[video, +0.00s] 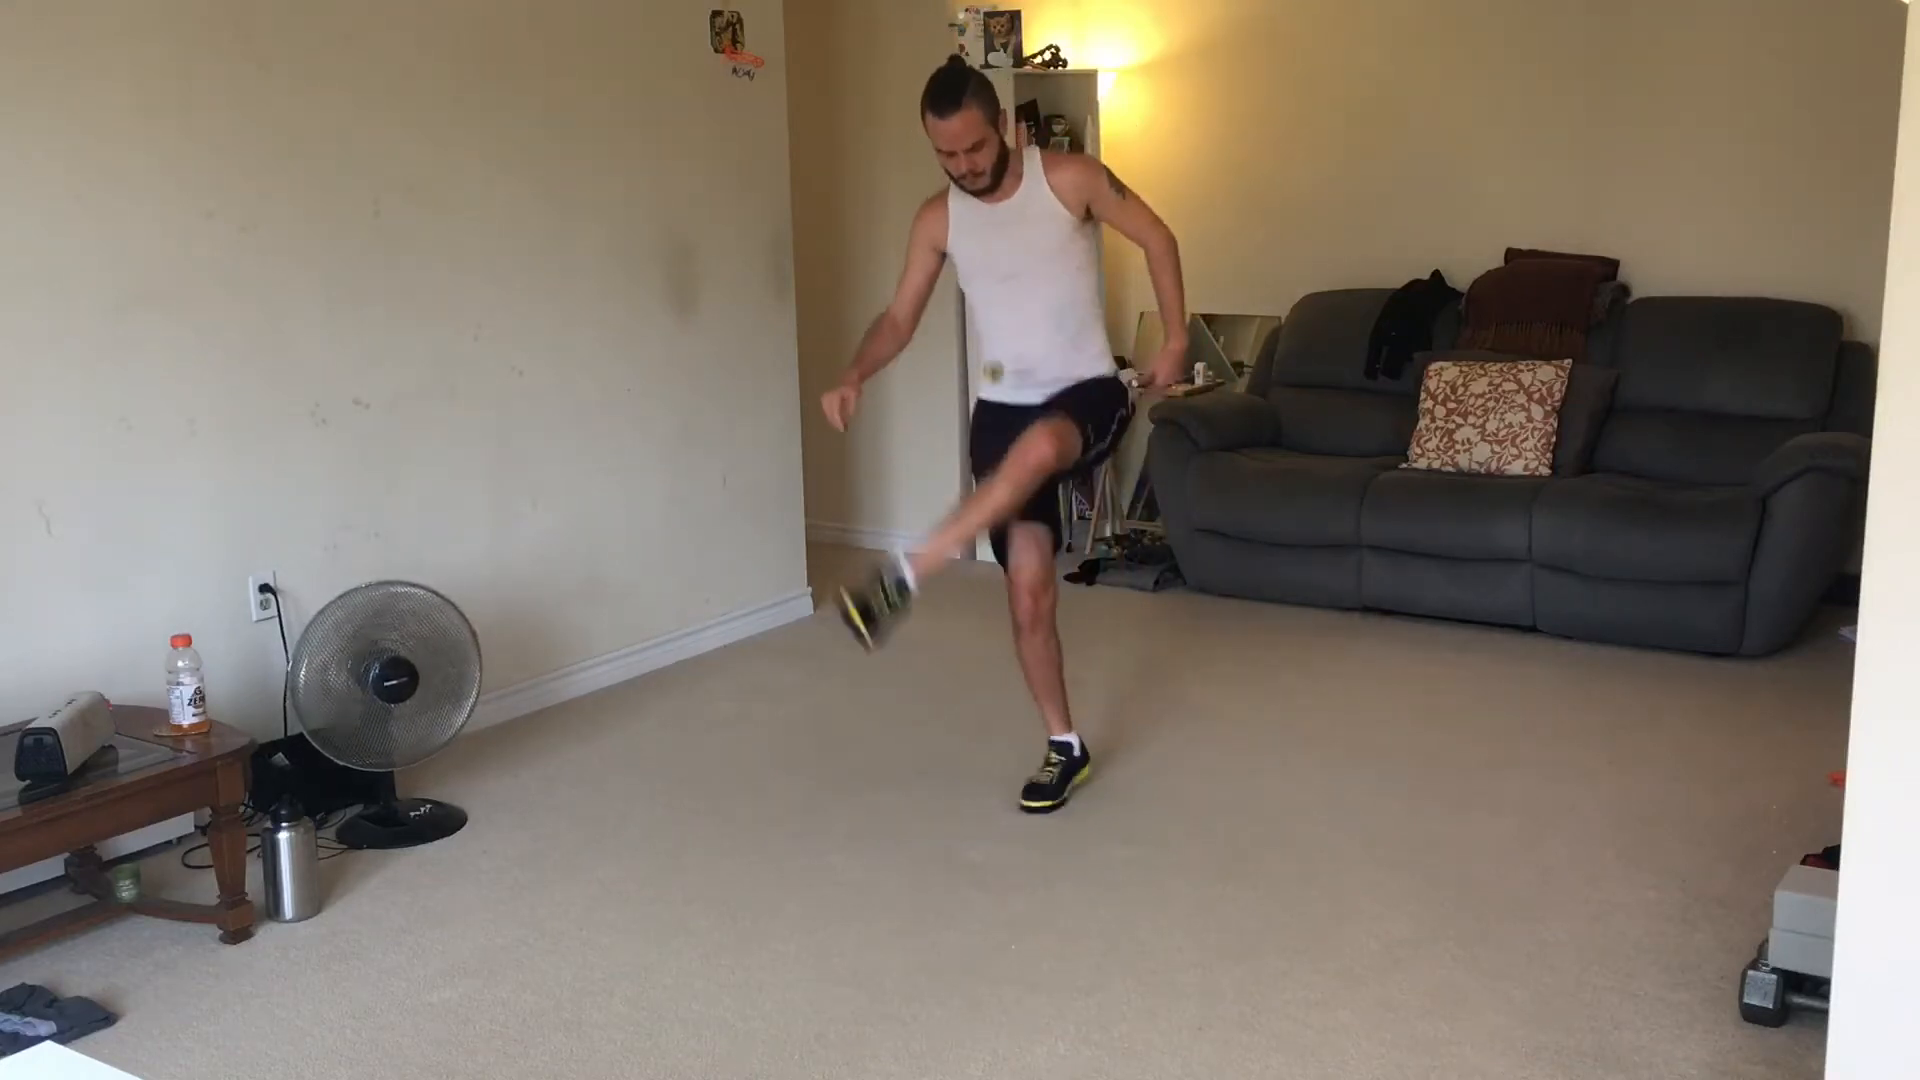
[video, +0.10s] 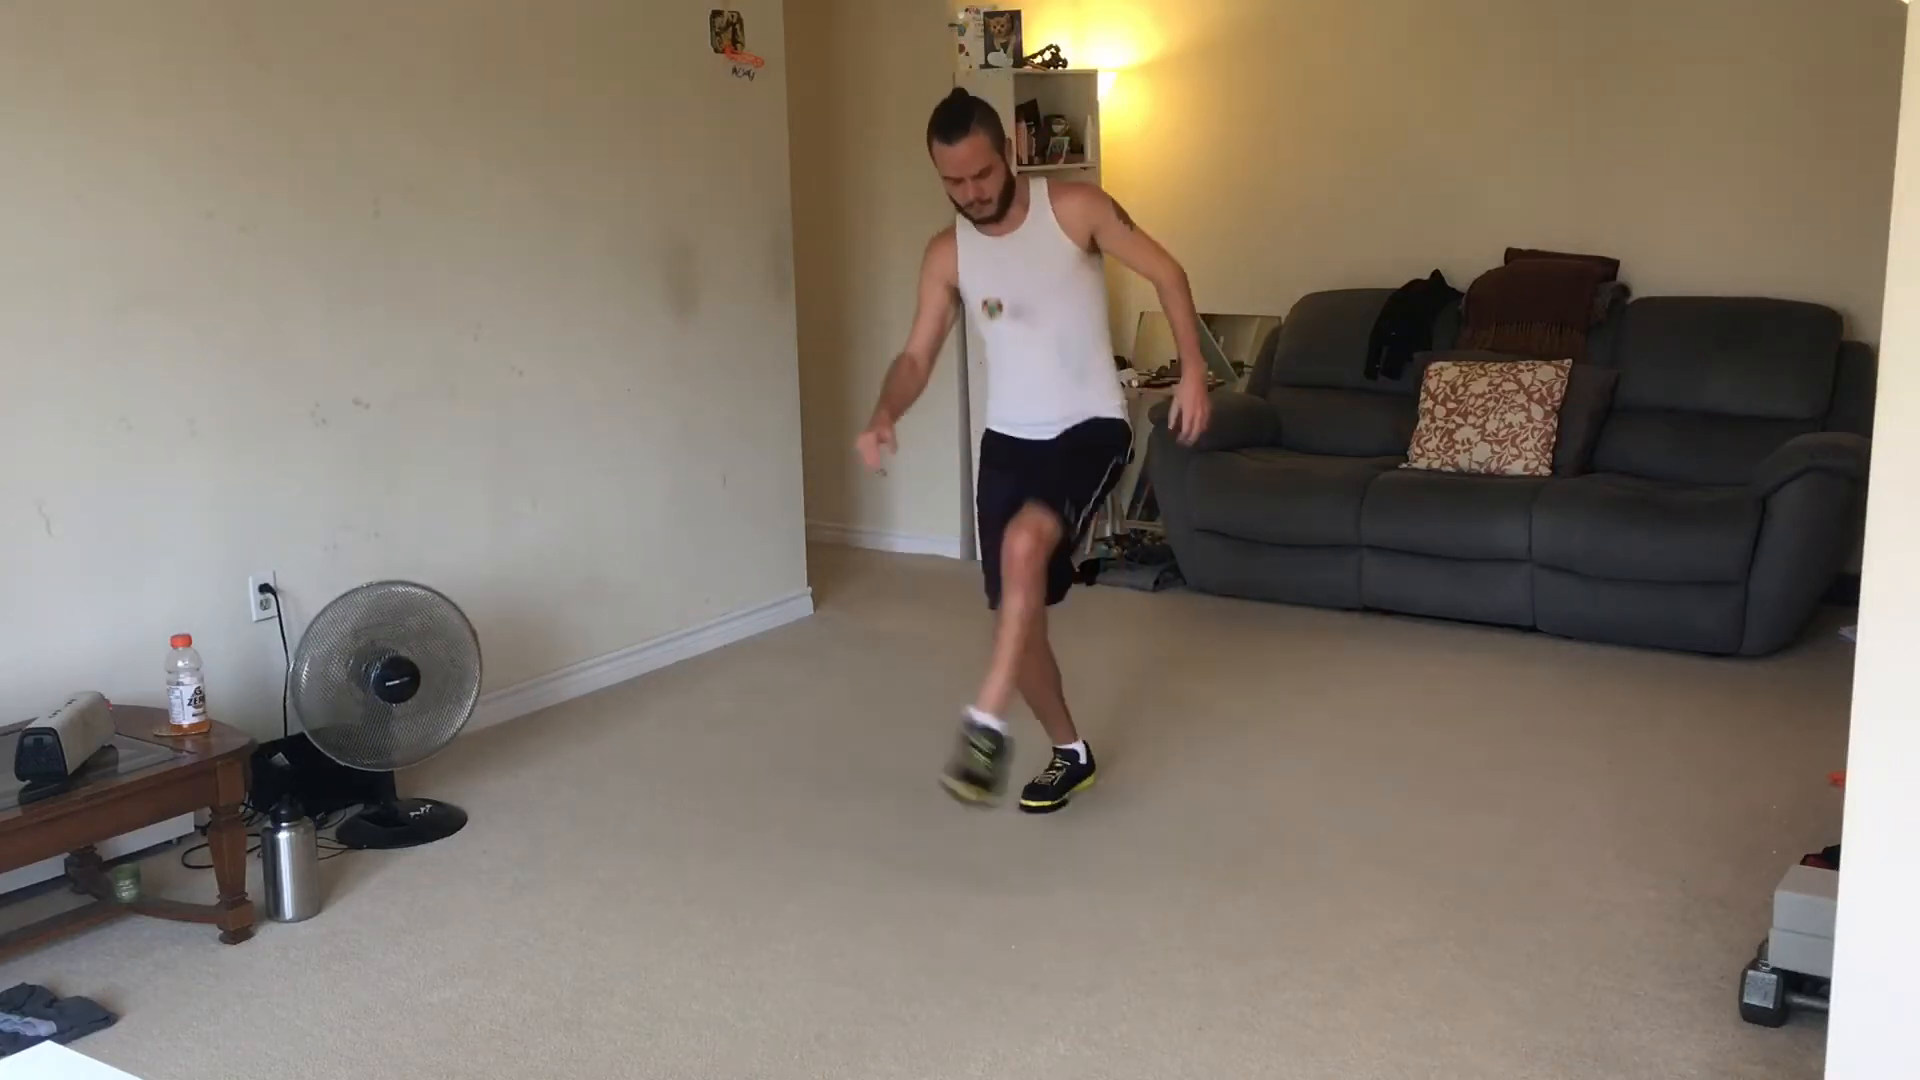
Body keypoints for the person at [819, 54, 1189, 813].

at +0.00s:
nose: (963, 166)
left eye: (975, 148)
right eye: (947, 154)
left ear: (1003, 123)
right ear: (932, 143)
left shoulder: (1071, 177)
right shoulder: (940, 218)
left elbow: (1159, 240)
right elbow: (899, 319)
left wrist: (1176, 339)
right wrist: (853, 376)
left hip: (1090, 389)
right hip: (1002, 406)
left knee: (1040, 448)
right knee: (1029, 594)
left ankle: (903, 579)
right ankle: (1064, 746)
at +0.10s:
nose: (970, 192)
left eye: (981, 174)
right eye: (953, 181)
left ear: (1009, 151)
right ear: (935, 171)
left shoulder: (1075, 206)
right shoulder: (947, 254)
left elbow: (1169, 275)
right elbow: (917, 358)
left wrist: (1193, 369)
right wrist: (884, 415)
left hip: (1089, 425)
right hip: (1007, 436)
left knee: (1026, 541)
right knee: (1015, 611)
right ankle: (1072, 751)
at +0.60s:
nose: (996, 257)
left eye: (1007, 243)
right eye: (983, 246)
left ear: (1038, 209)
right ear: (969, 224)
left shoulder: (1098, 212)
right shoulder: (965, 275)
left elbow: (1191, 236)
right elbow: (903, 363)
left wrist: (1161, 339)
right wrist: (889, 447)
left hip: (1127, 447)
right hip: (1041, 463)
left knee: (1186, 587)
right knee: (1084, 624)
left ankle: (1033, 629)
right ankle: (1093, 772)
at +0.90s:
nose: (1016, 241)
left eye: (1029, 227)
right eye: (1003, 228)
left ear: (1059, 198)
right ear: (986, 208)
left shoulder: (1107, 213)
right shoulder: (977, 269)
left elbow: (1207, 211)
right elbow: (906, 357)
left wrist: (1228, 266)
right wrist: (896, 450)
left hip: (1088, 460)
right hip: (1022, 467)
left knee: (1123, 633)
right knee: (1098, 635)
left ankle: (974, 731)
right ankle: (1093, 775)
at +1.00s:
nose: (1006, 196)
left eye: (1019, 182)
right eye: (992, 183)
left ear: (1051, 157)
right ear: (976, 165)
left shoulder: (1094, 185)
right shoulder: (963, 234)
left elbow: (1203, 166)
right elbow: (897, 319)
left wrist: (1222, 198)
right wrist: (885, 411)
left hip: (1069, 438)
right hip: (1005, 446)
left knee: (1134, 592)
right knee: (1071, 619)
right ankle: (1085, 771)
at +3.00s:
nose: (1168, 179)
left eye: (1180, 167)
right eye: (1157, 163)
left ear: (1190, 155)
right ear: (1124, 142)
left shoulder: (1179, 206)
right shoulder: (1060, 203)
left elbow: (1204, 285)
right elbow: (982, 277)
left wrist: (1231, 341)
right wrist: (971, 376)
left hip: (1146, 405)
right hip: (1073, 405)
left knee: (1153, 571)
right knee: (1175, 527)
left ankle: (1114, 714)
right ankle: (1150, 675)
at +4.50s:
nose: (1182, 166)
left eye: (1195, 154)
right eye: (1170, 152)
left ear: (1213, 138)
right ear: (1143, 129)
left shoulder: (1228, 201)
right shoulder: (1090, 175)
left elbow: (1295, 288)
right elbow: (1024, 236)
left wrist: (1323, 387)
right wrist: (1001, 299)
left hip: (1174, 406)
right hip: (1098, 395)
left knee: (1153, 583)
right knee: (1037, 551)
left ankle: (1189, 724)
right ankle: (1181, 556)